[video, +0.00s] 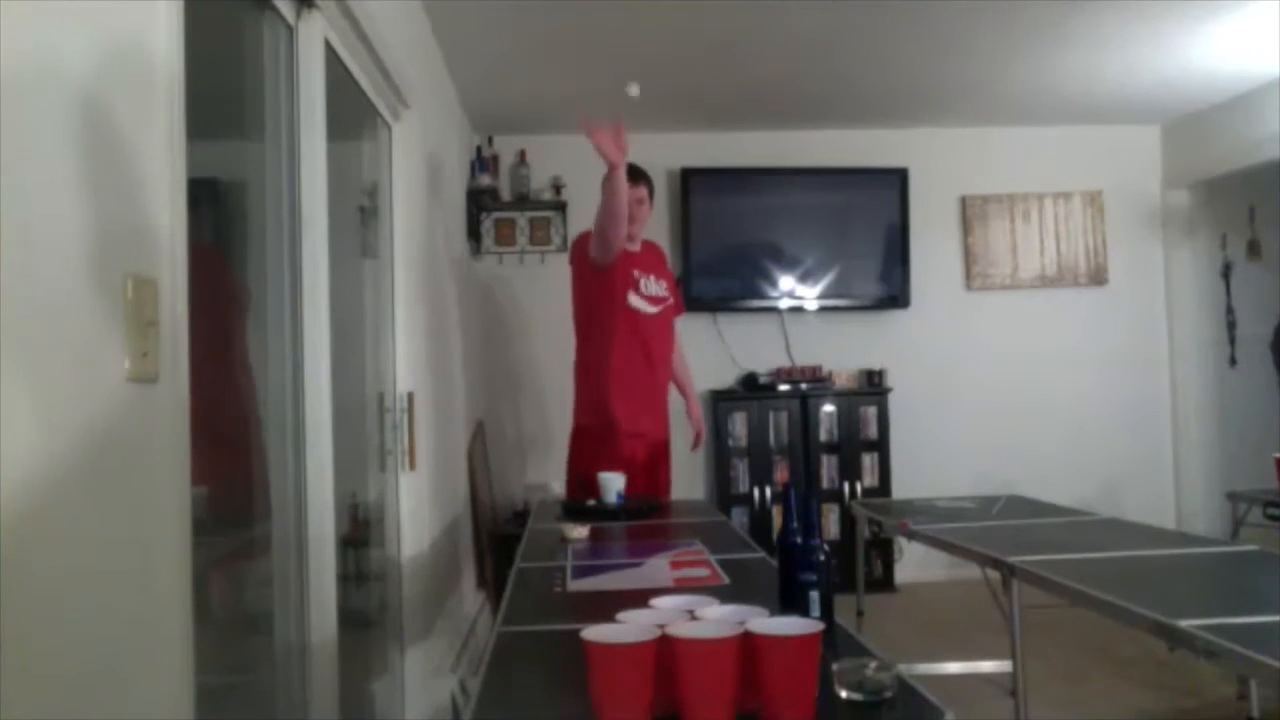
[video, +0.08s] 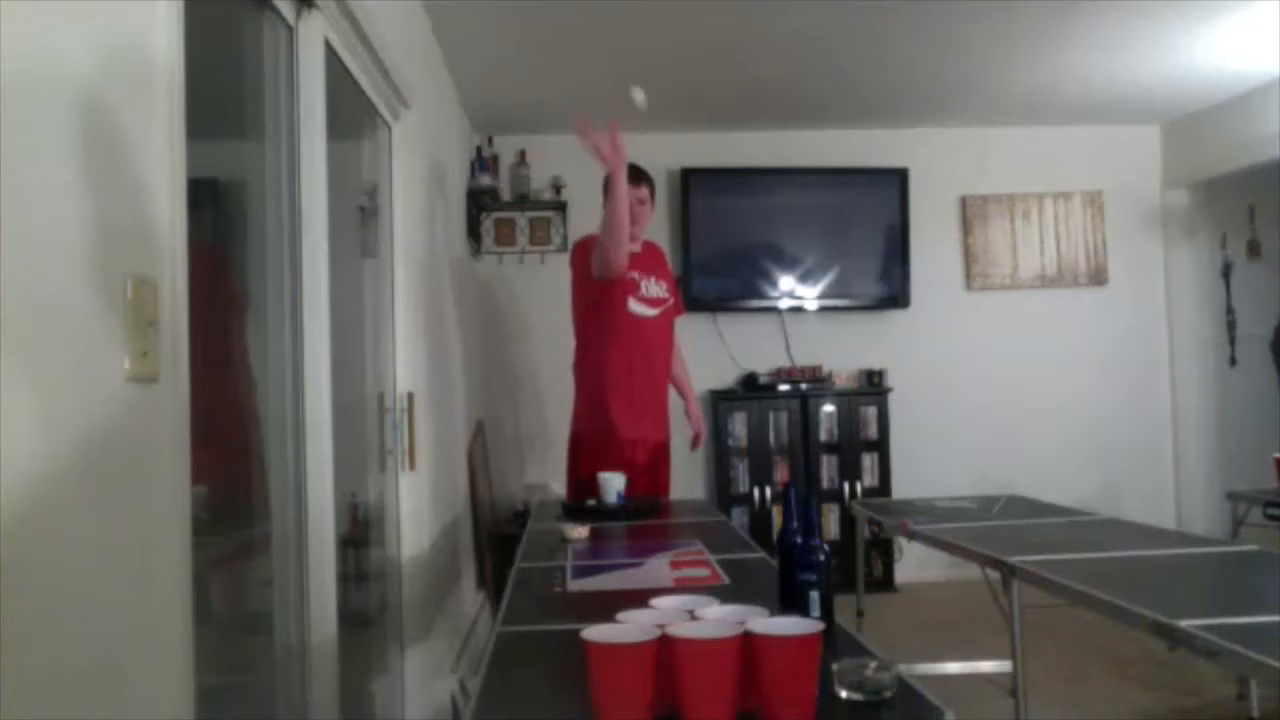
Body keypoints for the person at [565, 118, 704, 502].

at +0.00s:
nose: (633, 211)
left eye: (641, 202)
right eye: (625, 203)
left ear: (651, 209)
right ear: (609, 207)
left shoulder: (656, 259)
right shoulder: (590, 252)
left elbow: (668, 339)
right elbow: (609, 241)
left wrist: (690, 399)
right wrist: (617, 169)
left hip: (651, 428)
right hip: (603, 428)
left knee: (652, 543)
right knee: (599, 544)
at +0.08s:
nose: (635, 211)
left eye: (642, 202)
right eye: (625, 202)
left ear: (652, 208)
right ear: (609, 207)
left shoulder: (656, 259)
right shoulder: (588, 252)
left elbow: (666, 339)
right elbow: (614, 264)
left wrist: (689, 400)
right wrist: (618, 170)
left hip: (651, 429)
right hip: (602, 429)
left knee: (650, 544)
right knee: (600, 546)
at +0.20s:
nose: (636, 213)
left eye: (644, 203)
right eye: (625, 203)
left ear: (655, 208)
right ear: (609, 209)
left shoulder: (657, 259)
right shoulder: (593, 259)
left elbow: (665, 342)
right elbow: (599, 333)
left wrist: (687, 404)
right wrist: (621, 254)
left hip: (651, 430)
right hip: (602, 432)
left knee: (650, 541)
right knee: (597, 542)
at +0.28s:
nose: (637, 214)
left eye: (646, 205)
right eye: (627, 204)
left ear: (656, 210)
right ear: (611, 210)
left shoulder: (659, 261)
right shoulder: (593, 263)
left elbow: (666, 347)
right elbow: (581, 350)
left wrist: (685, 404)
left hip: (651, 429)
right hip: (602, 430)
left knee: (650, 539)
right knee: (596, 540)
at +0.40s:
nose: (639, 217)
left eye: (648, 208)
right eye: (629, 208)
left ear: (658, 213)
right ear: (613, 213)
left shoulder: (661, 262)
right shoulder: (590, 268)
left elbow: (667, 344)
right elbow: (561, 348)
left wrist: (683, 404)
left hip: (653, 438)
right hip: (602, 441)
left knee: (650, 543)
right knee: (598, 544)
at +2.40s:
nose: (631, 249)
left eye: (640, 240)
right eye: (623, 238)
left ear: (651, 238)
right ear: (608, 235)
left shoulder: (661, 280)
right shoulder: (580, 281)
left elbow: (670, 355)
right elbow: (563, 363)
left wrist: (673, 421)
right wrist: (592, 438)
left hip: (647, 443)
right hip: (591, 446)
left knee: (645, 544)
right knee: (594, 544)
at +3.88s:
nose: (624, 229)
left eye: (632, 220)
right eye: (614, 220)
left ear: (643, 225)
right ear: (599, 224)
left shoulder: (657, 272)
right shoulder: (576, 278)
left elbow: (668, 348)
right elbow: (566, 362)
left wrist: (681, 412)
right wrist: (603, 377)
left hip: (648, 439)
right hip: (593, 443)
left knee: (648, 541)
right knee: (594, 542)